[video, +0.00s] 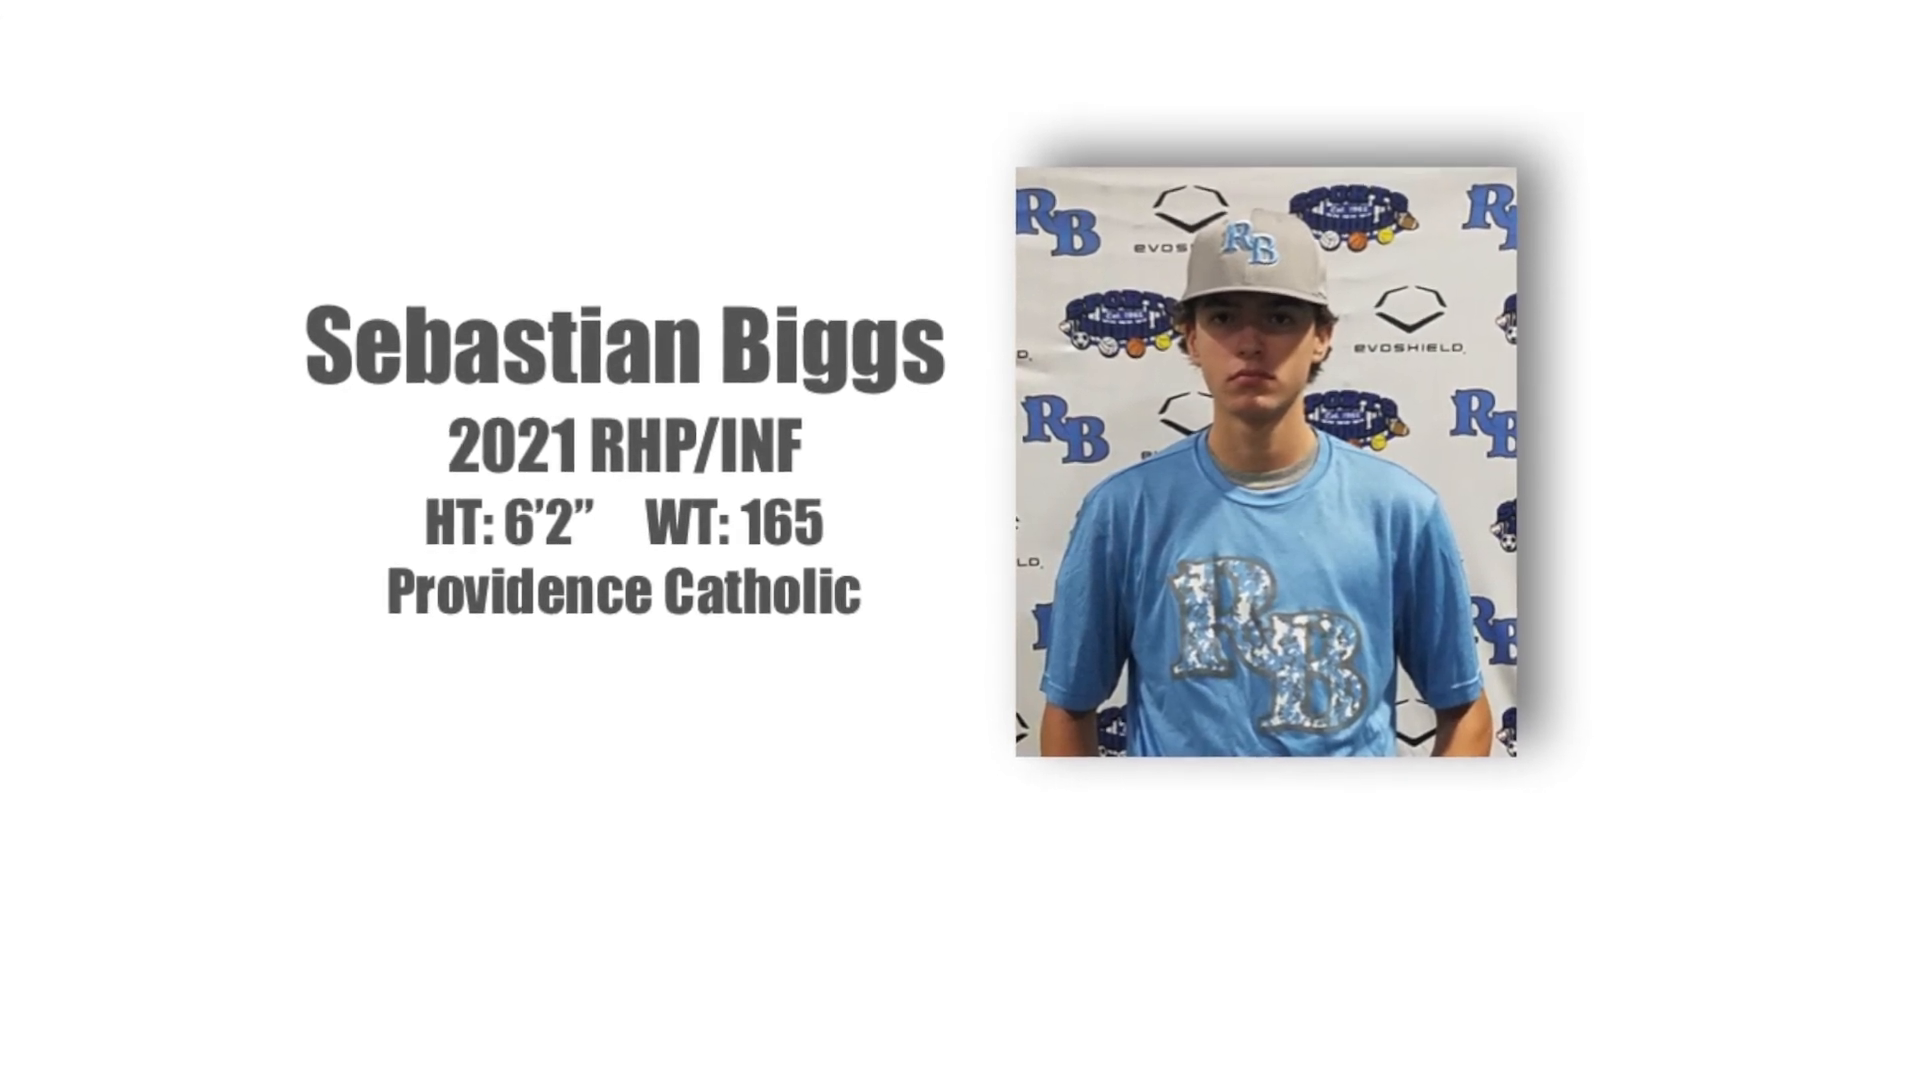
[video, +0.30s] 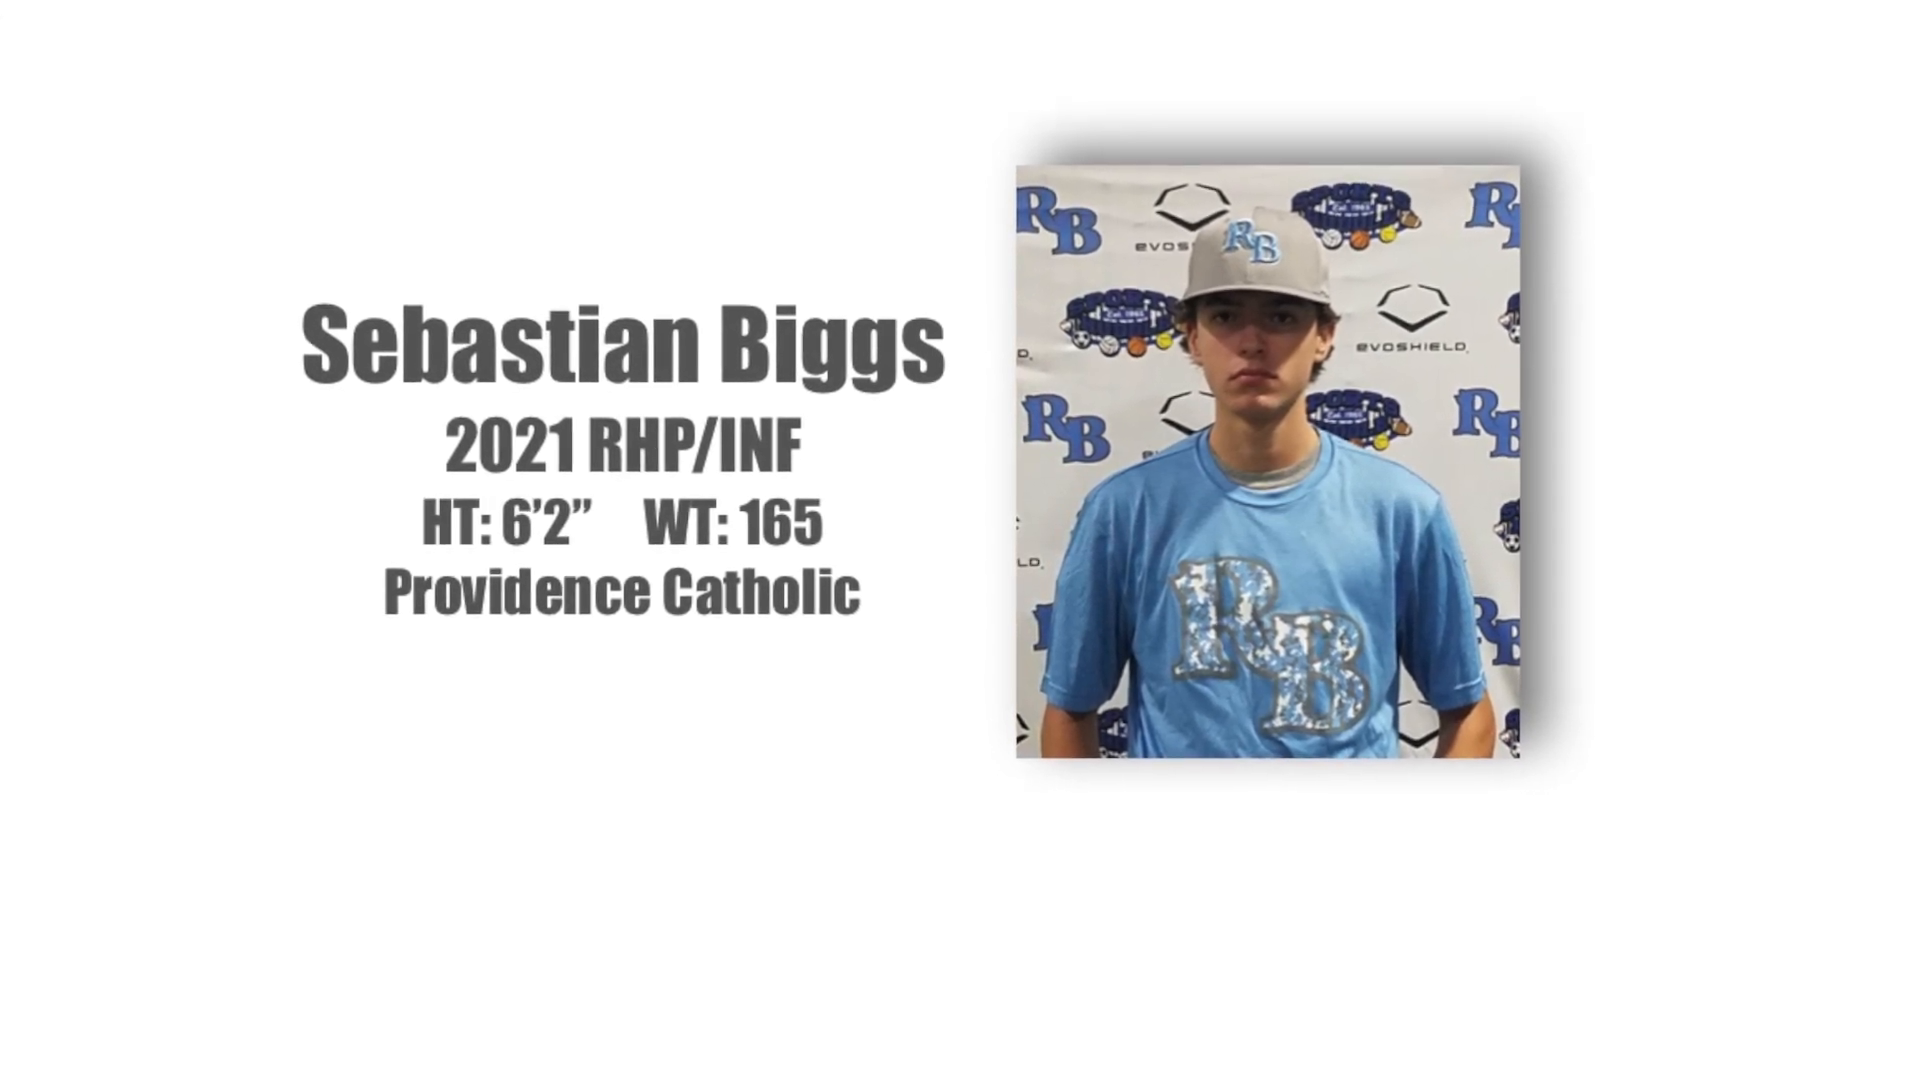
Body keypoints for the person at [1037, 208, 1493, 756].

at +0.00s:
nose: (1251, 342)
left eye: (1279, 317)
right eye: (1226, 318)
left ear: (1320, 340)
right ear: (1191, 339)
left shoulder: (1402, 511)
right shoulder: (1120, 513)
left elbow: (1466, 712)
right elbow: (1069, 714)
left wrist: (1426, 832)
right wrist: (1080, 838)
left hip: (1357, 828)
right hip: (1174, 829)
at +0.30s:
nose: (1252, 341)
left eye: (1281, 316)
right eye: (1228, 317)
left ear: (1322, 338)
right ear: (1192, 339)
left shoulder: (1405, 511)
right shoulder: (1121, 513)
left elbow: (1469, 712)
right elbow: (1070, 715)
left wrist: (1429, 835)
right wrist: (1080, 840)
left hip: (1360, 832)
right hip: (1176, 831)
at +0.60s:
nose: (1254, 340)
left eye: (1283, 315)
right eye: (1229, 316)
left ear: (1325, 337)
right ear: (1194, 338)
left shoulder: (1407, 511)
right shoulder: (1122, 513)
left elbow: (1472, 714)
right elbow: (1071, 717)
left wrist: (1432, 835)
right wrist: (1084, 842)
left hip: (1362, 832)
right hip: (1177, 832)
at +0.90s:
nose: (1256, 339)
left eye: (1285, 314)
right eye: (1231, 314)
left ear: (1327, 336)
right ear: (1195, 337)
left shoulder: (1409, 511)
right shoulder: (1123, 513)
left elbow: (1475, 715)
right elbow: (1071, 717)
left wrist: (1435, 837)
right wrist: (1084, 844)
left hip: (1364, 834)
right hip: (1179, 834)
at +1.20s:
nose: (1258, 338)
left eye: (1287, 313)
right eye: (1233, 313)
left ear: (1329, 335)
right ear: (1196, 335)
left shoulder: (1412, 511)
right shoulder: (1124, 514)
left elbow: (1479, 716)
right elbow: (1072, 719)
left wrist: (1436, 839)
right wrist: (1086, 846)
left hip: (1367, 836)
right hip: (1181, 835)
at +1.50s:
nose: (1260, 337)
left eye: (1289, 312)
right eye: (1234, 312)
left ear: (1331, 334)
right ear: (1198, 335)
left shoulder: (1415, 511)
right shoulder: (1125, 514)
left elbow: (1482, 717)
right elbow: (1073, 720)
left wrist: (1440, 841)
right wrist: (1086, 847)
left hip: (1370, 837)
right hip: (1182, 837)